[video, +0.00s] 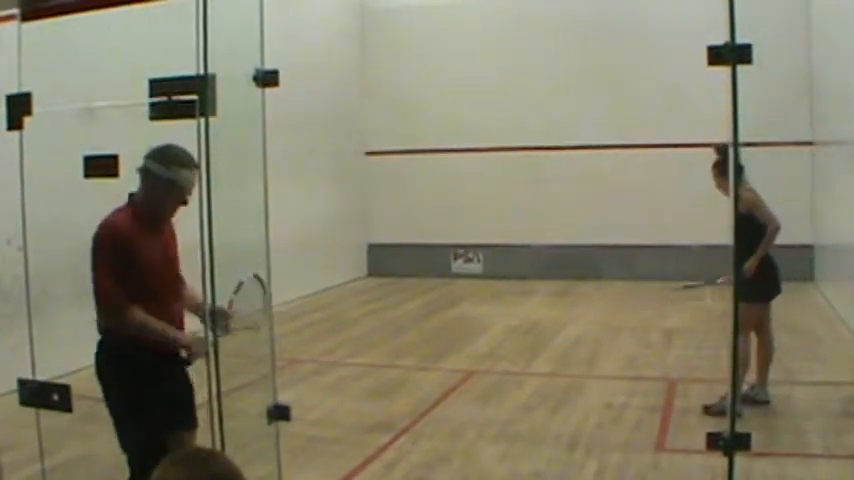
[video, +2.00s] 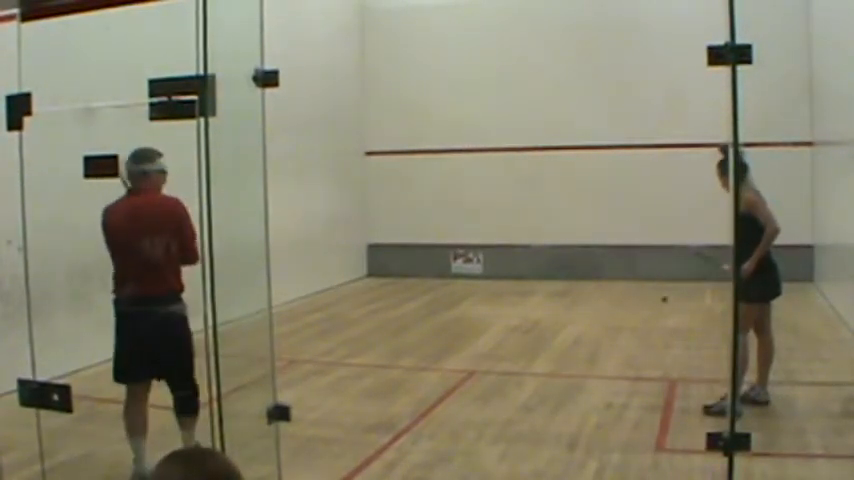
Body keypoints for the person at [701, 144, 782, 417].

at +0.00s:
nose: (717, 186)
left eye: (717, 180)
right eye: (716, 181)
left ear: (725, 177)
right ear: (729, 175)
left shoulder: (746, 196)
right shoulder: (742, 197)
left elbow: (773, 225)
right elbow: (749, 240)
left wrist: (754, 260)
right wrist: (735, 271)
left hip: (754, 276)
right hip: (756, 274)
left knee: (741, 334)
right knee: (763, 332)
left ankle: (733, 395)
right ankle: (760, 388)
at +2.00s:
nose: (720, 184)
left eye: (721, 178)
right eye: (720, 178)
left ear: (729, 176)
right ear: (738, 173)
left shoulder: (749, 198)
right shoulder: (743, 198)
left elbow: (772, 228)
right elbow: (753, 235)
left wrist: (752, 262)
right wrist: (740, 262)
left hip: (753, 277)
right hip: (757, 275)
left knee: (739, 333)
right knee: (763, 331)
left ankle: (733, 395)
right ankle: (760, 388)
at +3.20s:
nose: (710, 181)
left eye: (712, 175)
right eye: (710, 175)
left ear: (722, 175)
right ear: (726, 174)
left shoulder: (738, 204)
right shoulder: (735, 203)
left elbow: (738, 244)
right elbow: (735, 244)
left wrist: (719, 267)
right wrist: (720, 266)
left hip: (746, 277)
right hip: (745, 276)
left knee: (739, 333)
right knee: (746, 332)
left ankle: (756, 389)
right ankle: (756, 387)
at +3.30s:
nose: (704, 182)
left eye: (707, 176)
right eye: (705, 176)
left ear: (719, 176)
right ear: (721, 176)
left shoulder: (731, 210)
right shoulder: (730, 208)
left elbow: (728, 250)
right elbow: (728, 247)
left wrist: (702, 272)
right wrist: (705, 253)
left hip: (741, 279)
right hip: (734, 277)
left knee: (732, 333)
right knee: (727, 332)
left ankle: (755, 388)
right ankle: (754, 385)